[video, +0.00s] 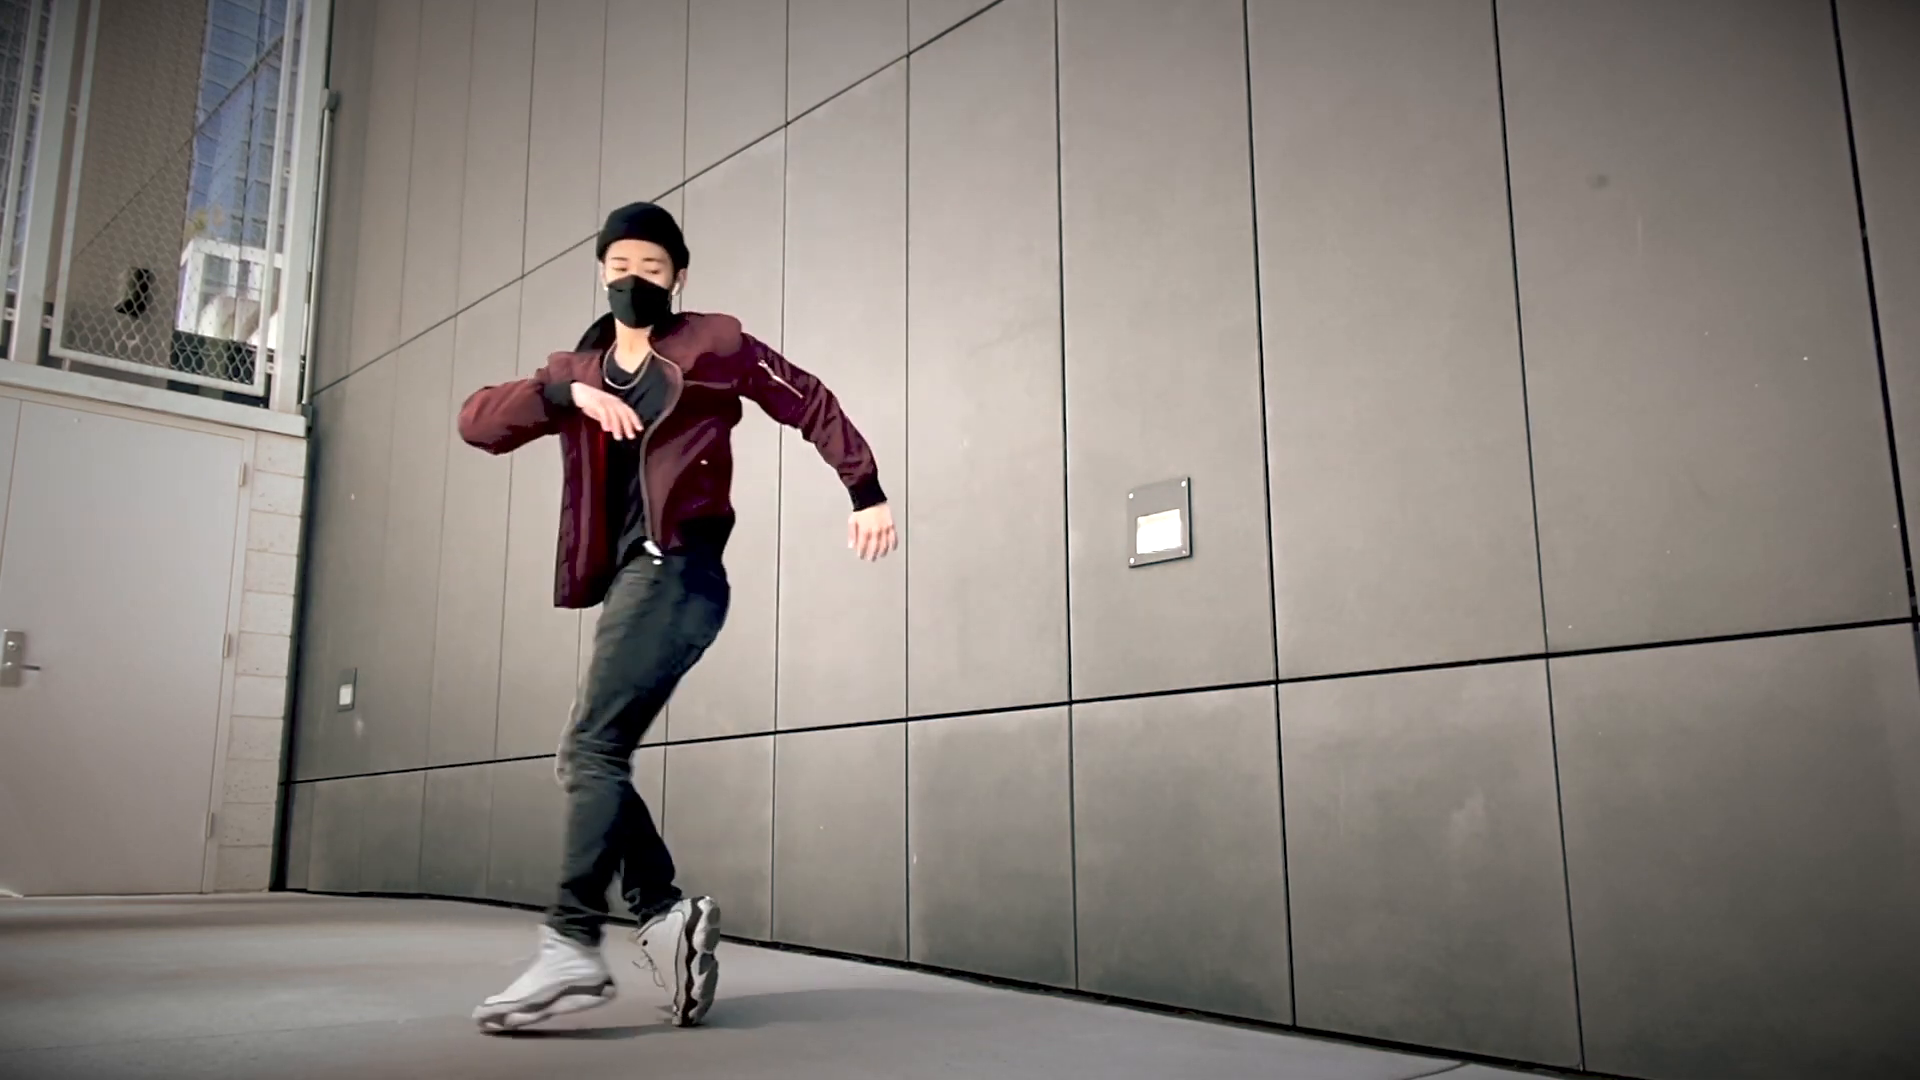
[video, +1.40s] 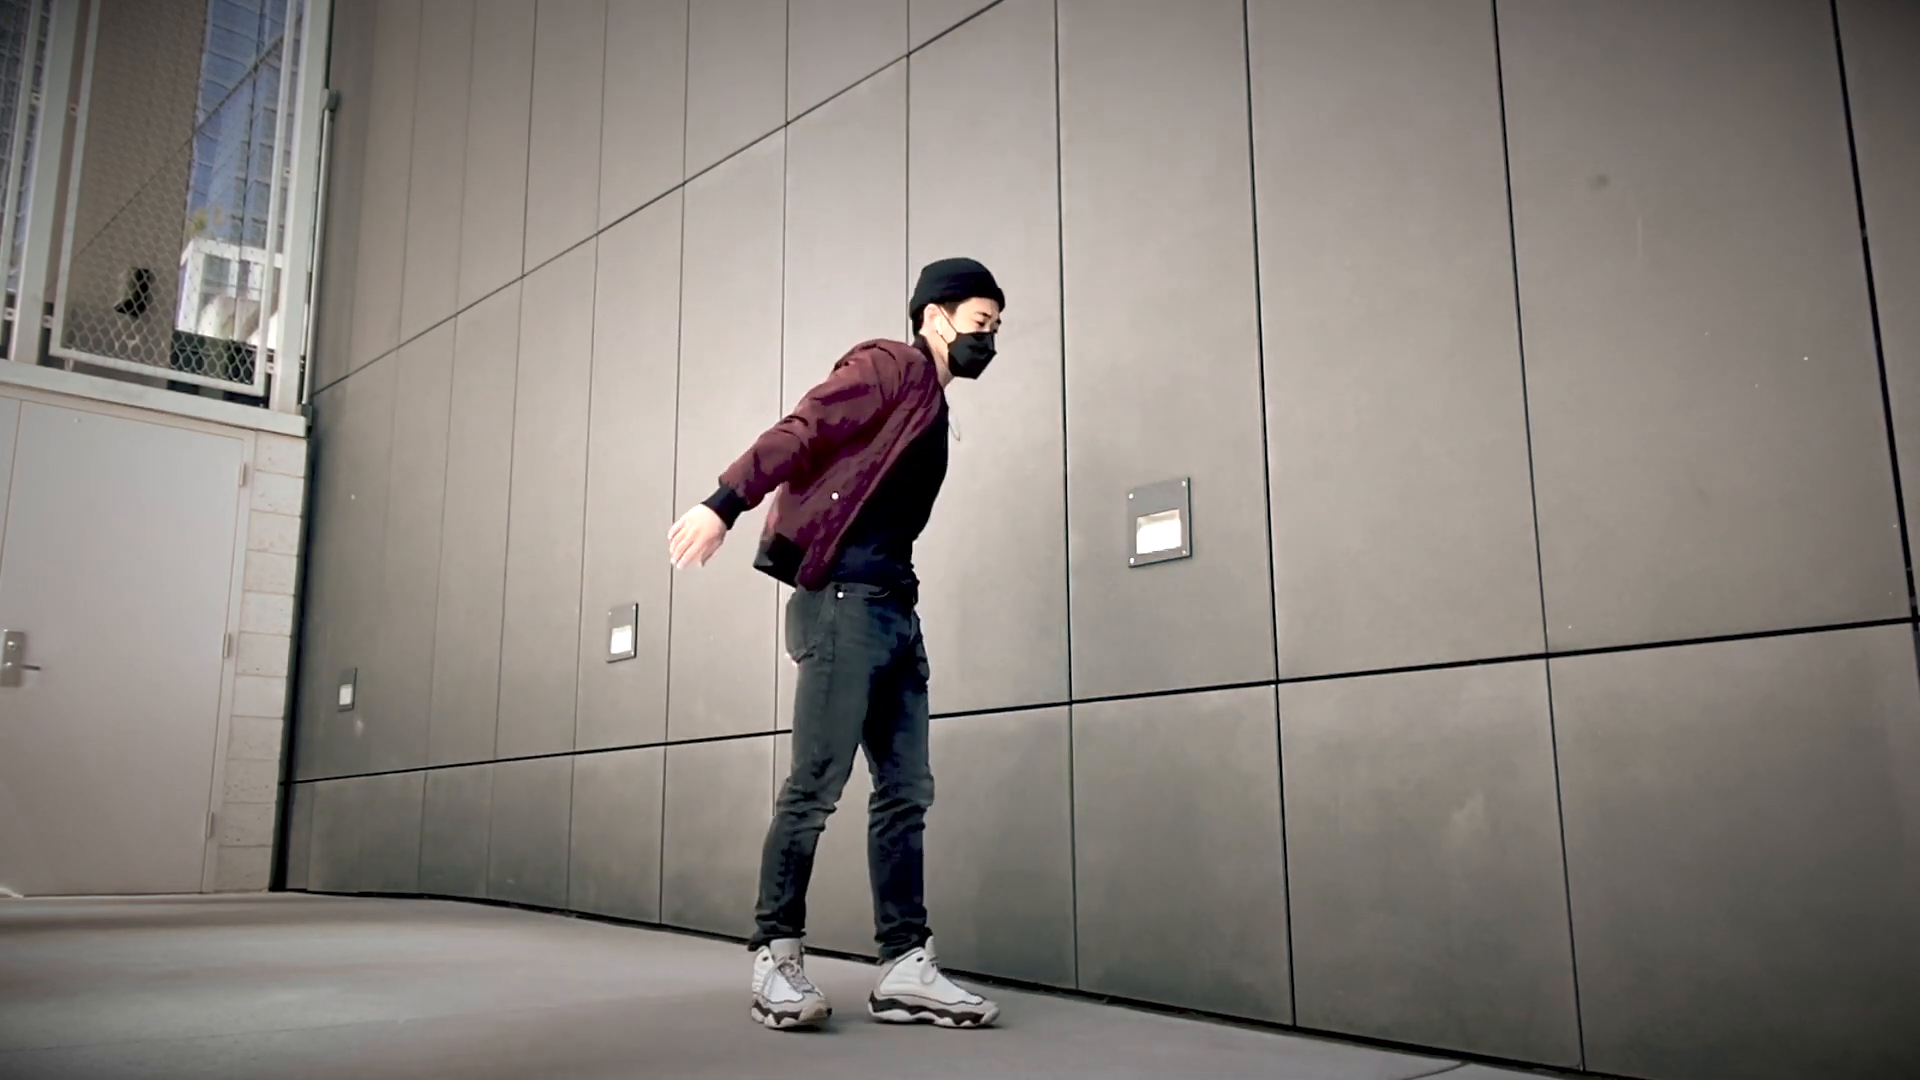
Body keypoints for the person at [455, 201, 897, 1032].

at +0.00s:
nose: (636, 271)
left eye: (652, 260)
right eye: (621, 259)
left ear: (677, 274)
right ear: (601, 272)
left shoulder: (713, 342)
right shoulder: (578, 367)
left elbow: (810, 404)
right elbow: (475, 424)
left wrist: (866, 492)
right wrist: (564, 390)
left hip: (673, 570)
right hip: (622, 574)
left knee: (594, 750)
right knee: (593, 756)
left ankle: (572, 946)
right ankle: (666, 920)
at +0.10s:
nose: (672, 278)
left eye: (688, 268)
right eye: (657, 266)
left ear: (709, 284)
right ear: (633, 281)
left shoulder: (744, 357)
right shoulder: (603, 376)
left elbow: (821, 427)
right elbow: (510, 421)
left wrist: (868, 513)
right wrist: (603, 384)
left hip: (708, 581)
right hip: (650, 596)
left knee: (687, 755)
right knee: (588, 758)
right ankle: (671, 934)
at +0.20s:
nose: (709, 291)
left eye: (723, 281)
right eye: (693, 279)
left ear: (738, 294)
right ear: (664, 288)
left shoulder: (773, 373)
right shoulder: (624, 375)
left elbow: (826, 453)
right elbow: (538, 416)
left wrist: (858, 540)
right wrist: (632, 389)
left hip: (740, 592)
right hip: (670, 611)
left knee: (773, 763)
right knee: (597, 760)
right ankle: (680, 929)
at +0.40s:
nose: (762, 304)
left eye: (776, 294)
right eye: (746, 291)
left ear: (793, 308)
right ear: (717, 301)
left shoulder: (823, 393)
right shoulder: (680, 386)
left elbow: (848, 498)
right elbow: (592, 398)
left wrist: (851, 590)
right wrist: (690, 387)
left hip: (802, 606)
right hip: (718, 616)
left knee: (850, 787)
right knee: (684, 781)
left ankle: (961, 928)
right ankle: (748, 939)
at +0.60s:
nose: (820, 311)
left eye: (833, 302)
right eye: (804, 301)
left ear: (849, 315)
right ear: (774, 315)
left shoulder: (878, 407)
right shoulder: (741, 401)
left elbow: (881, 513)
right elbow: (664, 415)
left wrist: (889, 592)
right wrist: (760, 398)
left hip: (875, 615)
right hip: (786, 627)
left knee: (950, 768)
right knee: (762, 801)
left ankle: (959, 933)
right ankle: (770, 962)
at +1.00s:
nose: (924, 312)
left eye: (933, 304)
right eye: (907, 301)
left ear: (941, 319)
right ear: (869, 313)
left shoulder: (951, 405)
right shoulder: (836, 385)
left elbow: (966, 502)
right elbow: (756, 446)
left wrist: (969, 599)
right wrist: (839, 474)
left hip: (956, 614)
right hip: (885, 617)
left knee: (1022, 770)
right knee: (862, 793)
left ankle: (963, 932)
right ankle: (790, 954)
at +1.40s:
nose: (990, 334)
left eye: (995, 325)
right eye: (980, 319)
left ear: (961, 326)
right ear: (934, 314)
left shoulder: (932, 397)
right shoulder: (888, 366)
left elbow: (872, 492)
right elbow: (805, 426)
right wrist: (723, 505)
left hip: (893, 611)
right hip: (841, 606)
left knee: (905, 791)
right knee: (814, 788)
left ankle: (903, 967)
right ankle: (775, 957)